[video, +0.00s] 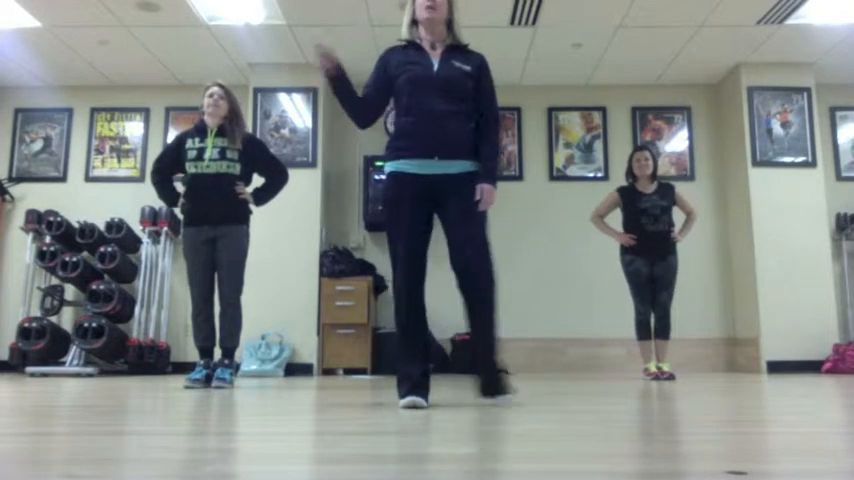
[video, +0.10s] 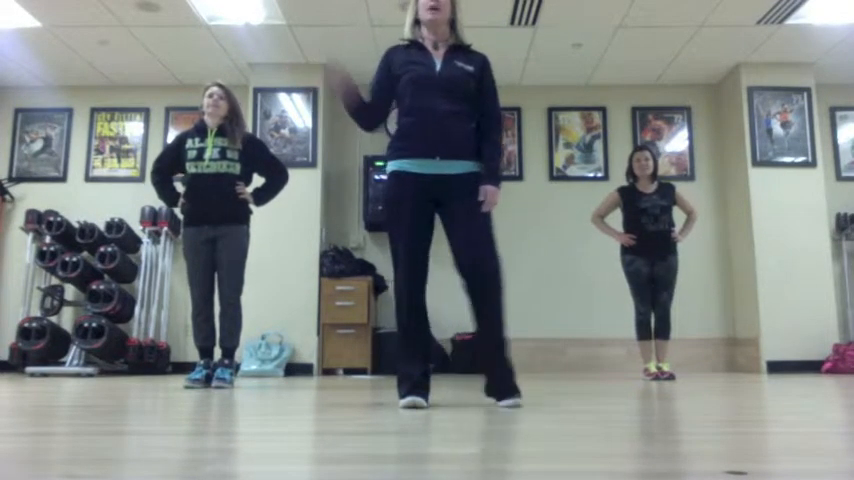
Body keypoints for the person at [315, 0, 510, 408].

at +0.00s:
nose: (429, 2)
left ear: (449, 8)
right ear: (412, 9)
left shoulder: (472, 61)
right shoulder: (395, 58)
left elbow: (489, 123)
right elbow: (364, 115)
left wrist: (488, 177)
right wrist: (336, 77)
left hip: (459, 180)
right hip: (405, 180)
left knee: (478, 278)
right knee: (407, 284)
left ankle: (489, 376)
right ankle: (413, 387)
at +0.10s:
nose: (433, 3)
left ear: (452, 7)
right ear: (416, 9)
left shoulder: (475, 61)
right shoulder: (398, 57)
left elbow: (491, 124)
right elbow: (371, 118)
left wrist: (491, 178)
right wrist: (346, 91)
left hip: (462, 182)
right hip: (408, 180)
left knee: (485, 278)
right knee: (409, 284)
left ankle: (500, 382)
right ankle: (413, 387)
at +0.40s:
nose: (474, 14)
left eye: (480, 9)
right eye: (466, 9)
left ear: (488, 13)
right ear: (454, 13)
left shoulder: (505, 64)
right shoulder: (434, 50)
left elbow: (535, 124)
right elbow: (405, 106)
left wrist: (588, 145)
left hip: (489, 182)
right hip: (437, 179)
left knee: (523, 277)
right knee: (426, 285)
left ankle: (554, 380)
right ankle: (414, 388)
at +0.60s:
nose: (519, 8)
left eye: (522, 4)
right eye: (512, 3)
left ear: (527, 14)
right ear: (495, 12)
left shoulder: (536, 71)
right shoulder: (478, 53)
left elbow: (571, 132)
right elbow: (451, 113)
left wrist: (637, 136)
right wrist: (438, 155)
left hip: (523, 188)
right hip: (478, 183)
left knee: (550, 281)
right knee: (460, 281)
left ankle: (562, 388)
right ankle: (417, 385)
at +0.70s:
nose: (515, 21)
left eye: (523, 14)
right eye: (510, 15)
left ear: (537, 18)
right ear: (503, 18)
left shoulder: (549, 71)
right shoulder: (488, 52)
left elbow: (575, 135)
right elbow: (447, 113)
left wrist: (639, 137)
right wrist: (462, 98)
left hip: (529, 186)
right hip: (486, 180)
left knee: (553, 280)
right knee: (485, 270)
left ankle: (562, 388)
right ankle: (425, 369)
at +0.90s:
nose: (546, 5)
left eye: (555, 1)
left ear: (568, 12)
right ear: (530, 9)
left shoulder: (561, 73)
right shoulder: (513, 46)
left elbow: (583, 147)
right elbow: (482, 101)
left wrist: (648, 146)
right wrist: (544, 111)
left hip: (526, 180)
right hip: (494, 174)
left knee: (548, 277)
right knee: (540, 274)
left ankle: (561, 387)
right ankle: (474, 354)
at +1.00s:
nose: (558, 4)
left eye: (566, 1)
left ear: (575, 16)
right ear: (537, 9)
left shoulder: (562, 79)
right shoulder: (527, 51)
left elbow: (577, 151)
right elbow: (517, 109)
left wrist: (644, 157)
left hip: (524, 181)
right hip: (495, 174)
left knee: (558, 275)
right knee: (538, 271)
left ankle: (560, 388)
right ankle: (471, 354)